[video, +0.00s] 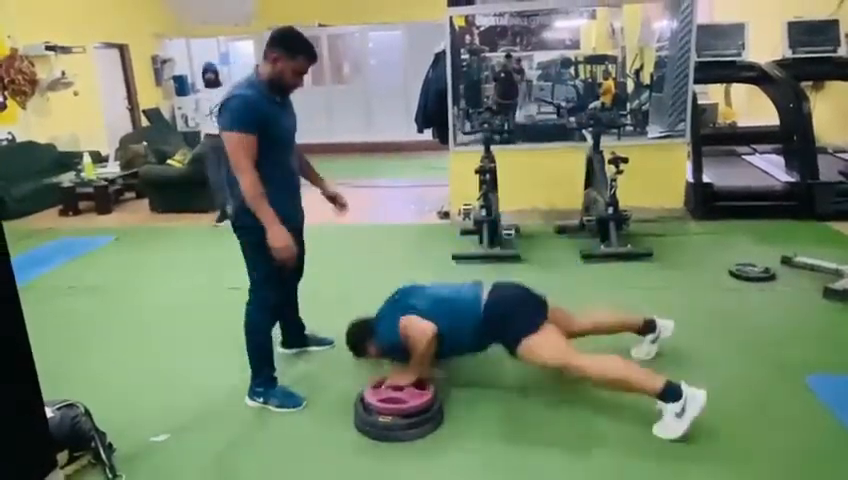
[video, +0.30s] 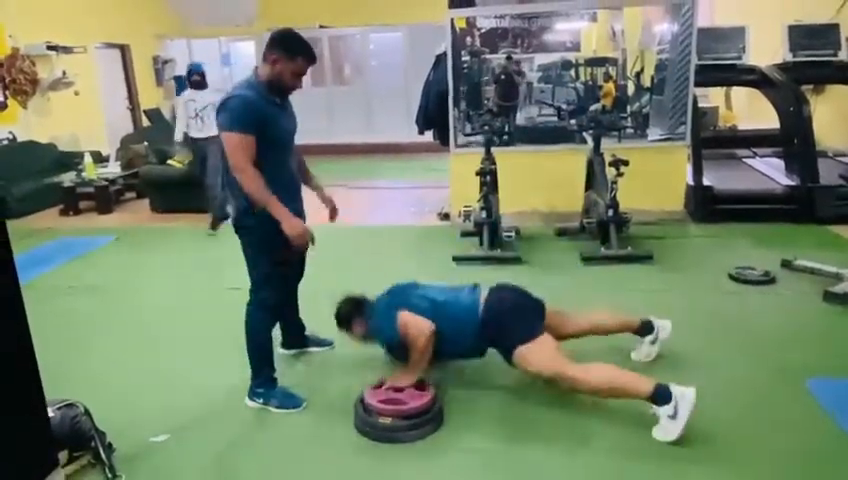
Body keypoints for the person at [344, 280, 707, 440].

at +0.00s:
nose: (374, 360)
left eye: (370, 356)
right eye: (370, 357)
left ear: (371, 343)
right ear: (373, 324)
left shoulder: (391, 327)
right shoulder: (398, 299)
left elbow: (427, 332)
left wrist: (416, 372)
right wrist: (419, 358)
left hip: (503, 317)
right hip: (504, 292)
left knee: (574, 363)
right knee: (574, 325)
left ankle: (675, 395)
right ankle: (651, 326)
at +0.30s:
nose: (357, 337)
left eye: (353, 333)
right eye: (354, 332)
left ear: (356, 326)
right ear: (363, 306)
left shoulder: (386, 320)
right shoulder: (394, 295)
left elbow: (426, 333)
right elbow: (428, 324)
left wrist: (410, 374)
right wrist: (410, 358)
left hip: (499, 322)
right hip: (501, 295)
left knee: (570, 374)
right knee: (570, 325)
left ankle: (666, 397)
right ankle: (648, 326)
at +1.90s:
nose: (528, 75)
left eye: (527, 67)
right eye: (524, 69)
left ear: (544, 54)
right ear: (545, 55)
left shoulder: (576, 78)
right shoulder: (560, 81)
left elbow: (595, 139)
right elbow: (578, 142)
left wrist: (573, 202)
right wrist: (563, 198)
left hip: (588, 203)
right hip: (573, 199)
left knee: (585, 295)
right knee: (579, 286)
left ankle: (600, 387)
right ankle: (588, 351)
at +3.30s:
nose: (543, 69)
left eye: (542, 60)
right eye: (539, 62)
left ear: (558, 50)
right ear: (561, 49)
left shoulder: (591, 80)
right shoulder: (584, 76)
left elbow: (599, 147)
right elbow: (592, 143)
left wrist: (569, 204)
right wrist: (563, 184)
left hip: (597, 200)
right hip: (588, 197)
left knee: (589, 288)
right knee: (580, 277)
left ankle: (603, 381)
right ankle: (591, 345)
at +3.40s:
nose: (532, 74)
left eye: (532, 64)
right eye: (528, 67)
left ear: (553, 51)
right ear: (554, 52)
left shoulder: (586, 81)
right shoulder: (571, 80)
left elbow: (598, 148)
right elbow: (588, 147)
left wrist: (576, 210)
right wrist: (567, 201)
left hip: (593, 203)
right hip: (578, 199)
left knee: (589, 290)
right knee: (582, 282)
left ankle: (602, 381)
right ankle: (591, 346)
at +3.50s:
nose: (527, 74)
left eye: (527, 64)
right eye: (523, 66)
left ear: (546, 51)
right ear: (546, 52)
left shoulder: (579, 79)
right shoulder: (567, 77)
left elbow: (596, 146)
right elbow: (585, 145)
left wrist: (579, 210)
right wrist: (566, 201)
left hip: (592, 202)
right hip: (577, 199)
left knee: (592, 291)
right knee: (584, 283)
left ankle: (601, 382)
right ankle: (591, 347)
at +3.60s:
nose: (521, 75)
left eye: (520, 67)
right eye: (517, 68)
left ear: (535, 54)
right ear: (539, 53)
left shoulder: (566, 81)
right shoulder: (568, 75)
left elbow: (587, 144)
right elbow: (586, 143)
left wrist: (571, 209)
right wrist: (570, 202)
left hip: (591, 203)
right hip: (585, 200)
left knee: (591, 291)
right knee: (584, 282)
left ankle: (601, 381)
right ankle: (591, 347)